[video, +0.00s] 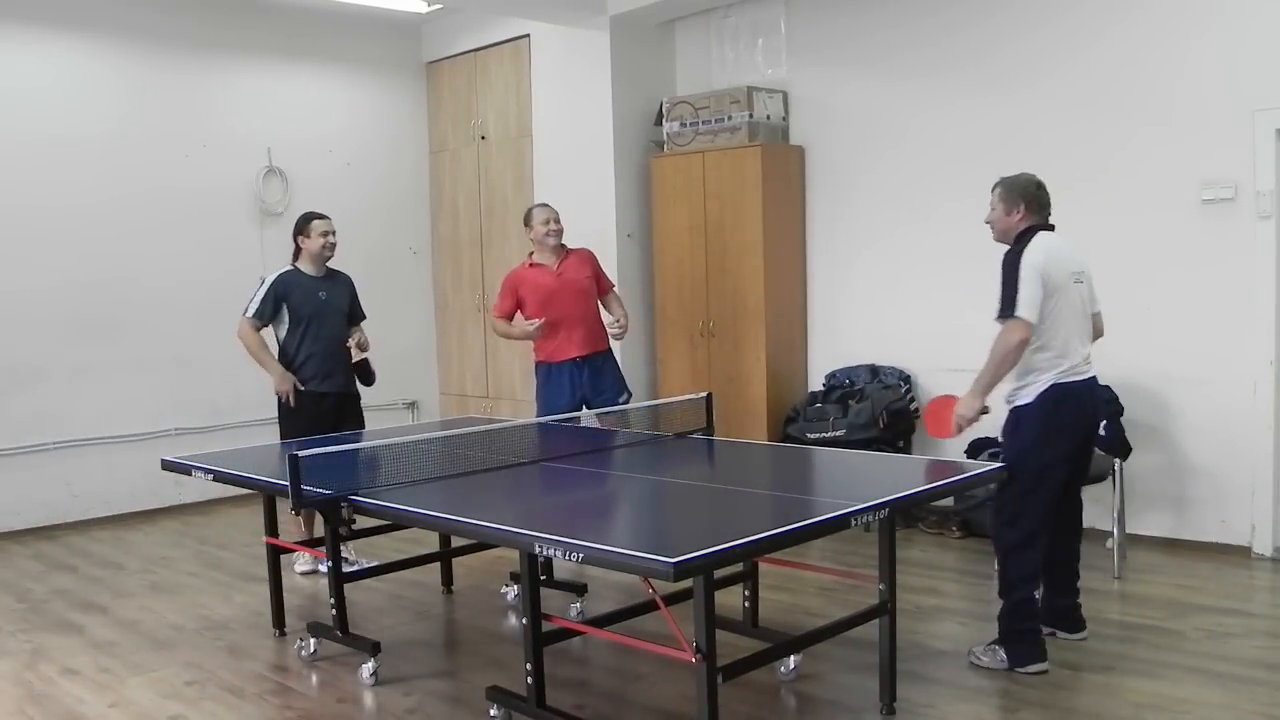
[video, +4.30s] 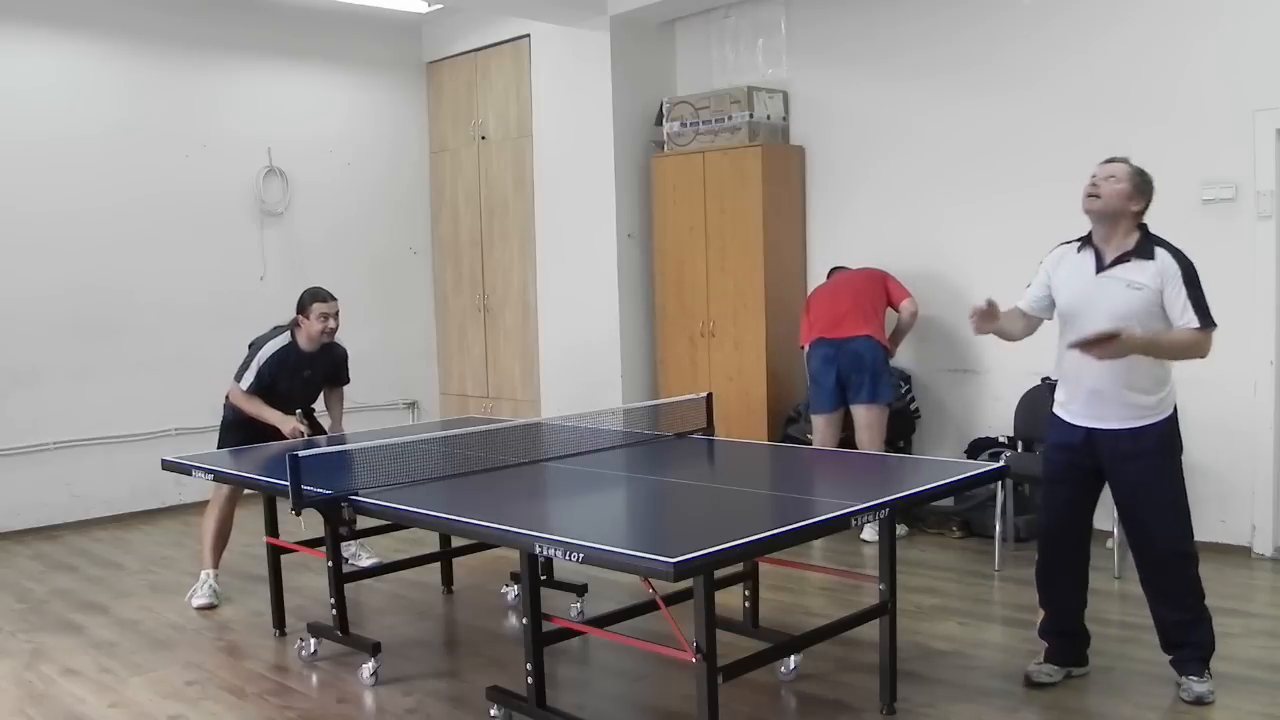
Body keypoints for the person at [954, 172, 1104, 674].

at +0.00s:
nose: (989, 220)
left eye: (993, 210)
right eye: (990, 210)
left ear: (1018, 212)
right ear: (1037, 213)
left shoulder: (1025, 254)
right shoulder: (1071, 255)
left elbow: (1018, 332)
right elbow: (1094, 328)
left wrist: (977, 393)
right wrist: (1037, 344)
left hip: (1042, 407)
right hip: (1082, 400)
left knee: (1017, 522)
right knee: (1062, 511)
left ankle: (1020, 646)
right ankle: (1062, 613)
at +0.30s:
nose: (997, 216)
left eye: (1004, 207)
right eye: (997, 208)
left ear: (1035, 210)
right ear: (1026, 213)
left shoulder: (1060, 246)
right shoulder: (1032, 256)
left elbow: (1089, 318)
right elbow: (1046, 330)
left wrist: (1066, 394)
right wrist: (1013, 364)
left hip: (1082, 403)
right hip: (1055, 403)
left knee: (1075, 517)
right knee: (1063, 515)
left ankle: (1081, 638)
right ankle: (1061, 612)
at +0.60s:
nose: (1030, 215)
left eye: (1038, 206)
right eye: (1027, 207)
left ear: (1072, 208)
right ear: (1036, 213)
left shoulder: (1111, 255)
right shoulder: (1041, 262)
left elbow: (1156, 322)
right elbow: (1038, 323)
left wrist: (1145, 400)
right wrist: (1006, 366)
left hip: (1119, 415)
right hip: (1064, 416)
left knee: (1139, 529)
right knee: (1069, 522)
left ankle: (1157, 642)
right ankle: (1062, 614)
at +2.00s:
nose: (1084, 220)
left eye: (1091, 207)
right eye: (1083, 208)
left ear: (1129, 200)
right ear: (1119, 203)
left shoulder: (1183, 257)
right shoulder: (1112, 253)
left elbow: (1208, 355)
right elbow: (1097, 325)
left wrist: (1110, 374)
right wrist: (1044, 320)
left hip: (1173, 443)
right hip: (1110, 437)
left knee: (1176, 580)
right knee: (1101, 564)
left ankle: (1190, 708)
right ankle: (1083, 676)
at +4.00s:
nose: (1034, 221)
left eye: (1045, 211)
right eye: (1032, 212)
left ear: (1081, 215)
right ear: (1036, 218)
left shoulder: (1131, 262)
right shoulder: (1032, 274)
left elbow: (1178, 335)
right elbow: (1021, 346)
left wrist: (1110, 373)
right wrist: (1014, 351)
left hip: (1135, 434)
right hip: (1061, 434)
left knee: (1159, 546)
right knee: (1048, 541)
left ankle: (1190, 664)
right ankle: (1059, 653)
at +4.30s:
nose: (1093, 182)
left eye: (1109, 177)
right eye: (1091, 176)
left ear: (1138, 200)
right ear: (1086, 198)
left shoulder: (1168, 262)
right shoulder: (1062, 258)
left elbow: (1199, 341)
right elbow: (1024, 320)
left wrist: (1132, 341)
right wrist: (998, 321)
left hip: (1144, 432)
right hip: (1070, 428)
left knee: (1165, 548)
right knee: (1058, 541)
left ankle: (1191, 664)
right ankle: (1063, 654)